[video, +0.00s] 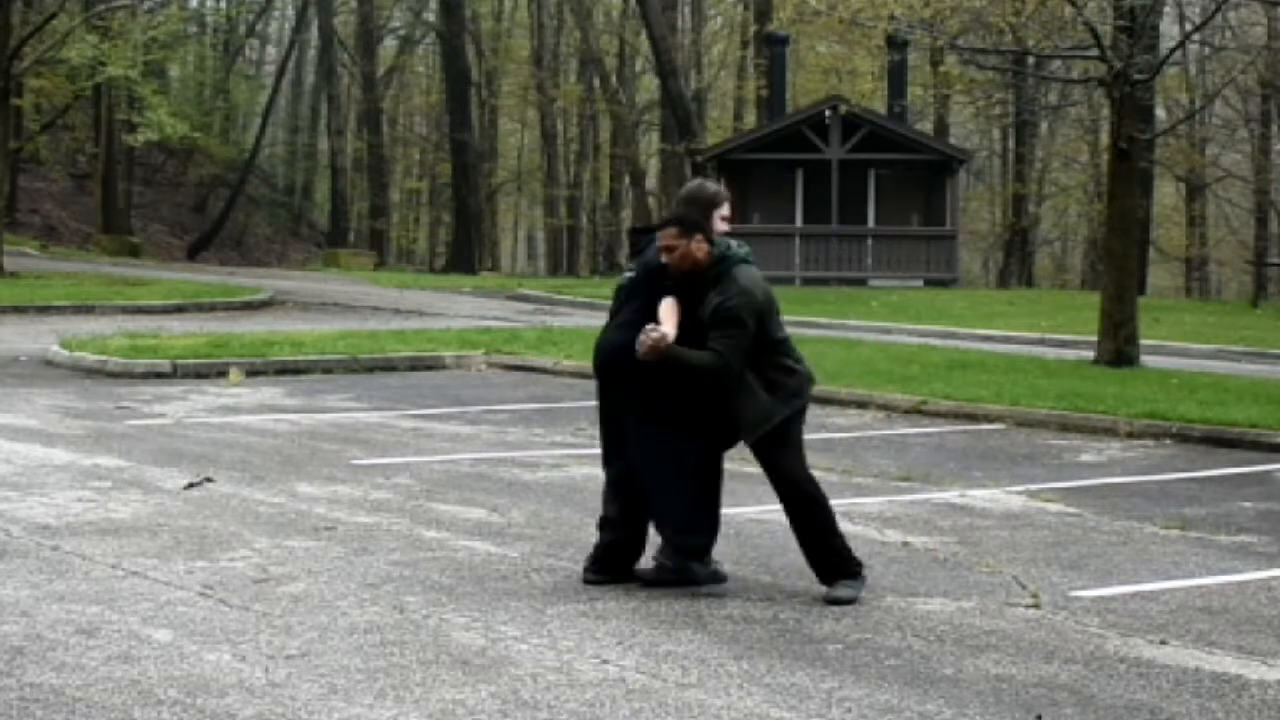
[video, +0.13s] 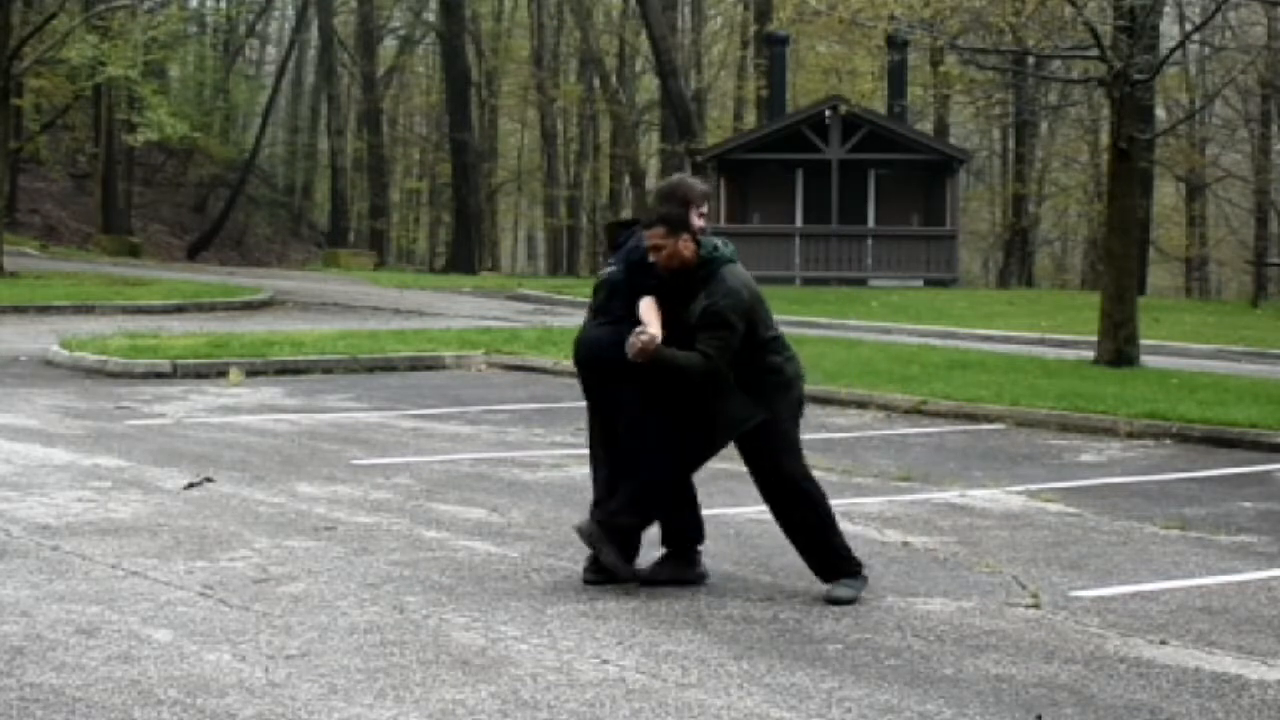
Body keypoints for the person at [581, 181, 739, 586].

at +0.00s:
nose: (729, 224)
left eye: (729, 217)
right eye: (724, 217)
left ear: (697, 222)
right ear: (706, 219)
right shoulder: (680, 257)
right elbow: (670, 294)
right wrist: (669, 327)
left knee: (629, 457)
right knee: (690, 465)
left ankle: (612, 554)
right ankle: (686, 557)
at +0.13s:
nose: (654, 260)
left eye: (661, 250)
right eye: (650, 251)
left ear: (688, 244)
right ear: (651, 249)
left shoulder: (727, 288)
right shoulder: (672, 280)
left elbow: (710, 364)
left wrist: (656, 352)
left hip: (766, 392)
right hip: (721, 390)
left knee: (783, 479)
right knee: (667, 461)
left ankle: (845, 573)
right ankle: (681, 557)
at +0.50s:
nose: (657, 255)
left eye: (663, 246)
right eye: (654, 248)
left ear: (690, 237)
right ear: (665, 244)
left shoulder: (726, 268)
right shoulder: (673, 278)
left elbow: (671, 307)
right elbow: (639, 318)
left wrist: (619, 293)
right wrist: (586, 345)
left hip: (769, 392)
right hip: (713, 399)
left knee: (823, 474)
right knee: (660, 457)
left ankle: (887, 560)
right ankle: (678, 561)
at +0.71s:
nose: (687, 253)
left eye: (692, 243)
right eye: (685, 245)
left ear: (720, 238)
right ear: (713, 241)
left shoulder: (766, 271)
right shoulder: (711, 275)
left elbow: (719, 316)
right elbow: (692, 320)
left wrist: (687, 299)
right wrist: (655, 355)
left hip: (793, 399)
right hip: (732, 401)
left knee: (840, 476)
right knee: (671, 453)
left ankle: (892, 565)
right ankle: (679, 562)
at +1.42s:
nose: (716, 249)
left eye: (721, 240)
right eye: (715, 241)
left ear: (747, 241)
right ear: (740, 242)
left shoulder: (799, 284)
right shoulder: (728, 289)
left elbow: (779, 337)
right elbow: (687, 329)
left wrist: (717, 337)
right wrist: (632, 319)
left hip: (809, 409)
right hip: (747, 409)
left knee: (842, 482)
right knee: (685, 455)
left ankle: (892, 567)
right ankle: (679, 562)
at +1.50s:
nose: (728, 244)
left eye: (734, 236)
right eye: (728, 235)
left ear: (760, 236)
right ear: (754, 237)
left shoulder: (811, 283)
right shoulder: (738, 286)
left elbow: (800, 343)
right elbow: (707, 337)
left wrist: (732, 346)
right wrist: (655, 359)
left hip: (812, 409)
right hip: (751, 408)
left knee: (838, 483)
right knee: (691, 459)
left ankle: (902, 562)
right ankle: (680, 562)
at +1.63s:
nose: (757, 233)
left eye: (762, 224)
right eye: (756, 225)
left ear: (788, 227)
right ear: (785, 228)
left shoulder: (839, 272)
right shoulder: (770, 274)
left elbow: (834, 330)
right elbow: (747, 336)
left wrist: (772, 313)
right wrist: (707, 381)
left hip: (830, 412)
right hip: (773, 408)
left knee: (844, 488)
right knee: (717, 471)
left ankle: (918, 566)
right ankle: (680, 560)